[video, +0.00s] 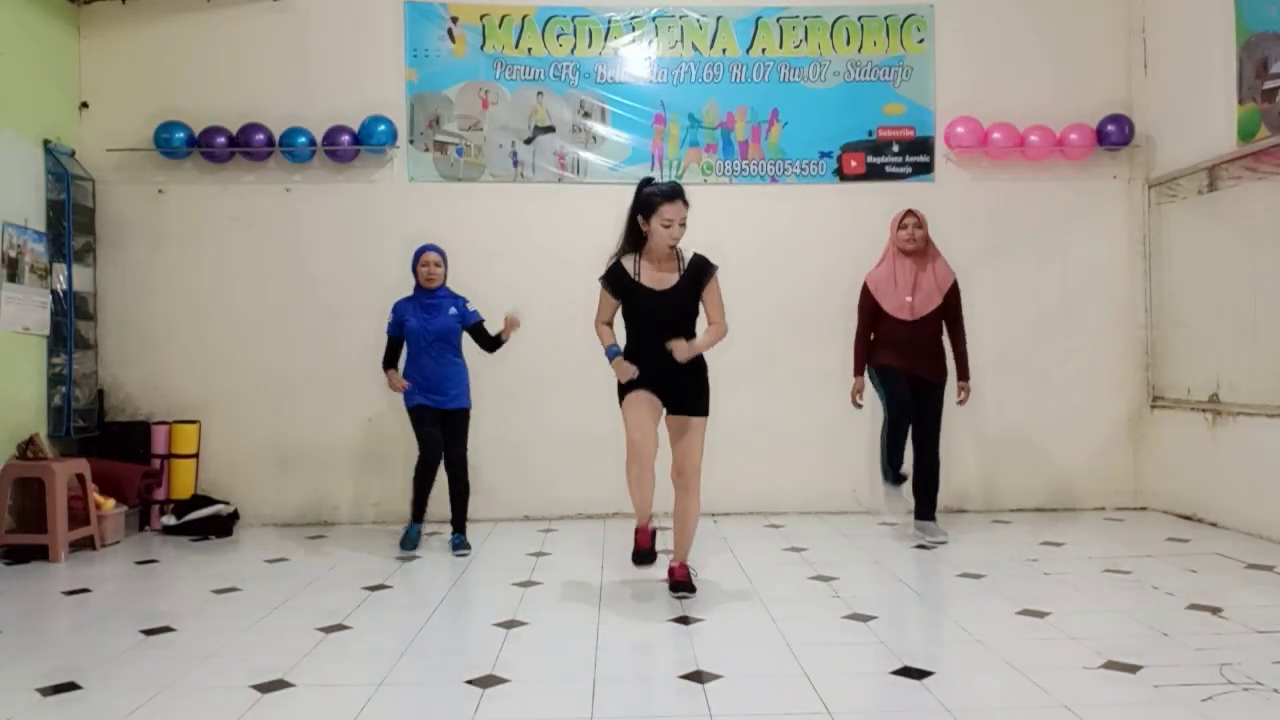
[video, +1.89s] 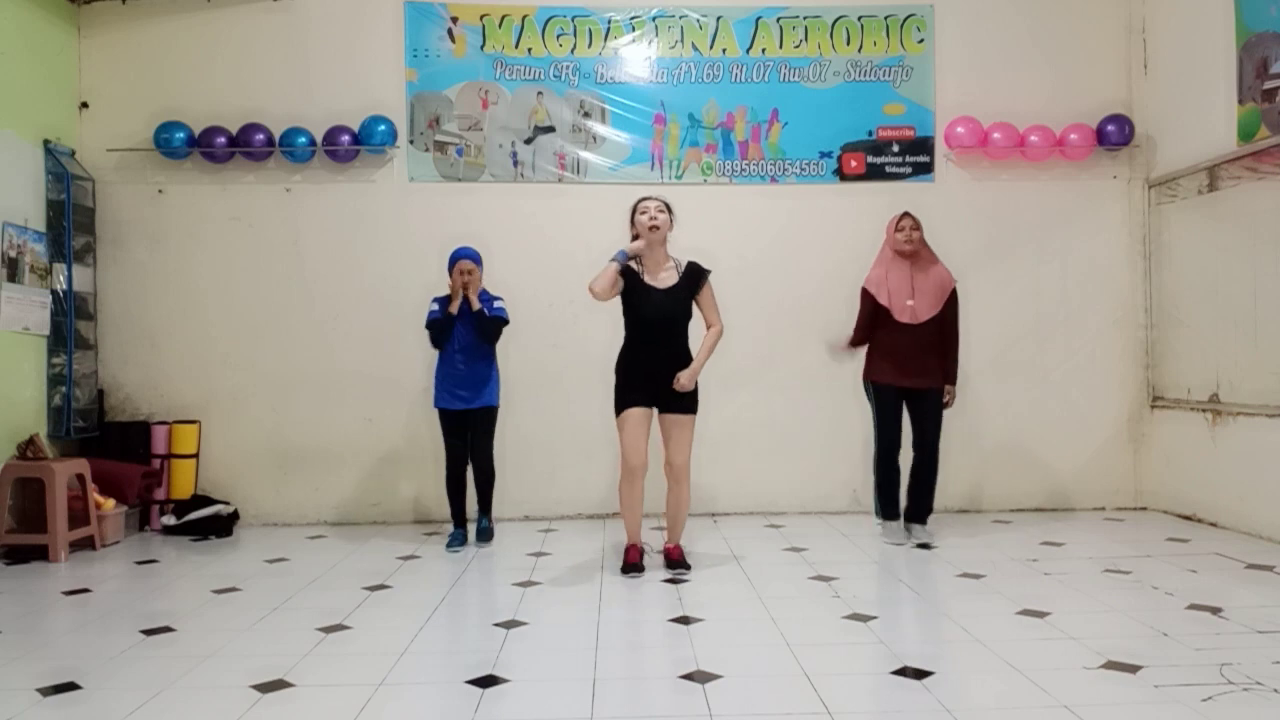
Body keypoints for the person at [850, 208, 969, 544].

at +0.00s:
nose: (911, 231)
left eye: (917, 226)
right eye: (904, 227)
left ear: (927, 234)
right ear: (894, 236)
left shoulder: (941, 274)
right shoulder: (879, 277)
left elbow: (955, 326)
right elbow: (864, 327)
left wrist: (962, 374)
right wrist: (858, 374)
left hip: (928, 365)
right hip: (886, 362)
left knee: (927, 443)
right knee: (899, 411)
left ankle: (926, 517)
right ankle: (893, 476)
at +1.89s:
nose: (909, 235)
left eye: (914, 229)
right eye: (901, 230)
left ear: (922, 235)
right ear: (890, 238)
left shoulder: (941, 279)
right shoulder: (878, 278)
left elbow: (950, 334)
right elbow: (864, 328)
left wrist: (950, 379)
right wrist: (851, 343)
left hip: (927, 377)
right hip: (884, 375)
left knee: (927, 450)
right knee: (888, 446)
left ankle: (917, 520)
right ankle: (889, 518)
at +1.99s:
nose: (910, 230)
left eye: (915, 225)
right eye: (903, 226)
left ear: (924, 232)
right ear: (892, 234)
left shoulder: (942, 275)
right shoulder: (879, 274)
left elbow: (951, 329)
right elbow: (858, 322)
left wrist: (951, 375)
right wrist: (840, 301)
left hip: (926, 365)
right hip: (885, 363)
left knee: (925, 441)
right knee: (888, 432)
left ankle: (917, 520)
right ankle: (890, 498)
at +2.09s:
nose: (911, 228)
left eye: (916, 223)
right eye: (904, 224)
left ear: (925, 230)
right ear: (892, 232)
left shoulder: (941, 272)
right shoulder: (881, 270)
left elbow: (950, 327)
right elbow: (852, 312)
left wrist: (949, 373)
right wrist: (850, 276)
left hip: (926, 364)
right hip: (885, 359)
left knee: (922, 441)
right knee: (889, 417)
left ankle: (917, 519)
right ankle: (891, 489)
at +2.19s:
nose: (912, 231)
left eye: (916, 226)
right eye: (904, 227)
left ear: (923, 233)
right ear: (892, 235)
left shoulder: (937, 274)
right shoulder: (882, 270)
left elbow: (947, 328)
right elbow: (858, 287)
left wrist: (948, 377)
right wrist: (882, 254)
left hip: (926, 373)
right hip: (884, 372)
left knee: (926, 447)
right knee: (888, 443)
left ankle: (917, 519)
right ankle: (885, 519)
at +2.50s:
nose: (910, 233)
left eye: (914, 228)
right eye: (902, 229)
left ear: (922, 234)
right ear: (890, 238)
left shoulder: (933, 276)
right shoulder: (878, 271)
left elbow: (938, 327)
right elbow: (878, 280)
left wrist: (972, 323)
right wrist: (904, 272)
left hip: (921, 368)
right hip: (879, 368)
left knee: (934, 441)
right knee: (883, 442)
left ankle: (920, 509)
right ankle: (884, 518)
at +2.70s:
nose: (909, 229)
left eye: (914, 224)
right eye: (901, 225)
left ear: (922, 231)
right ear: (890, 234)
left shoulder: (936, 271)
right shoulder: (879, 269)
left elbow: (966, 298)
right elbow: (876, 278)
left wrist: (967, 265)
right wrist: (903, 270)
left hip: (923, 367)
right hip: (882, 363)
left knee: (927, 444)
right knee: (885, 436)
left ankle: (919, 519)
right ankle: (885, 512)